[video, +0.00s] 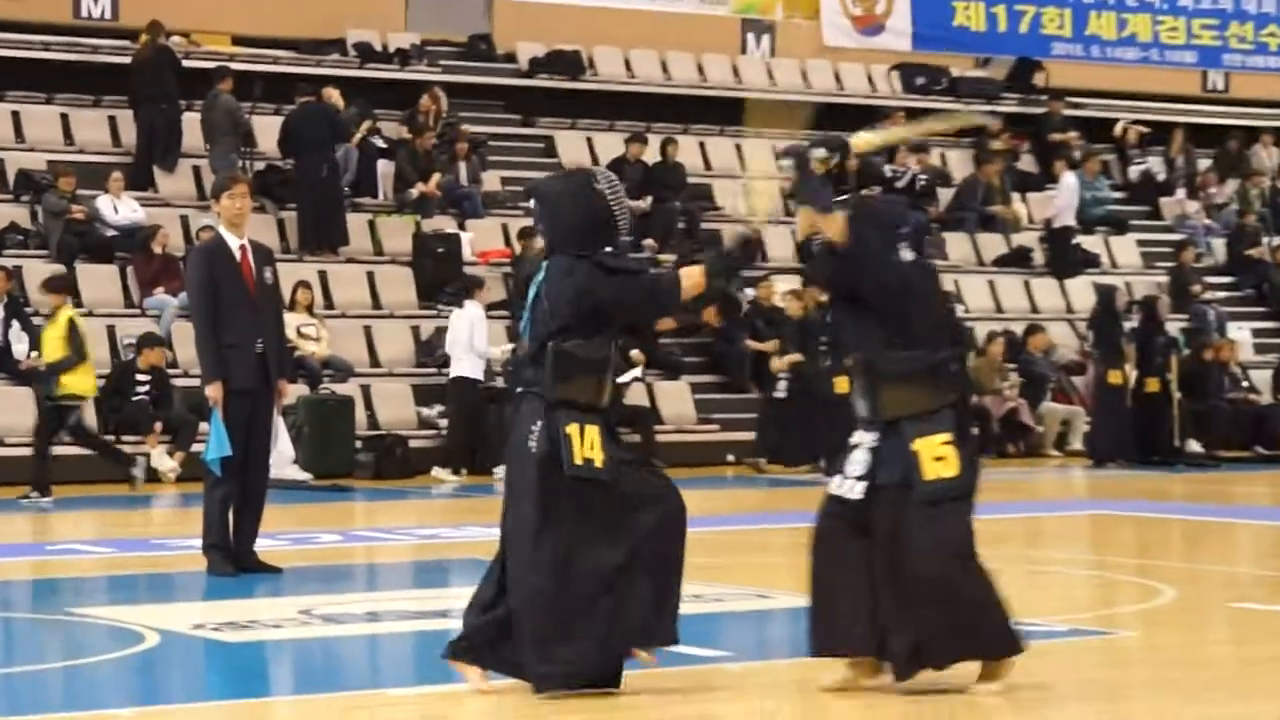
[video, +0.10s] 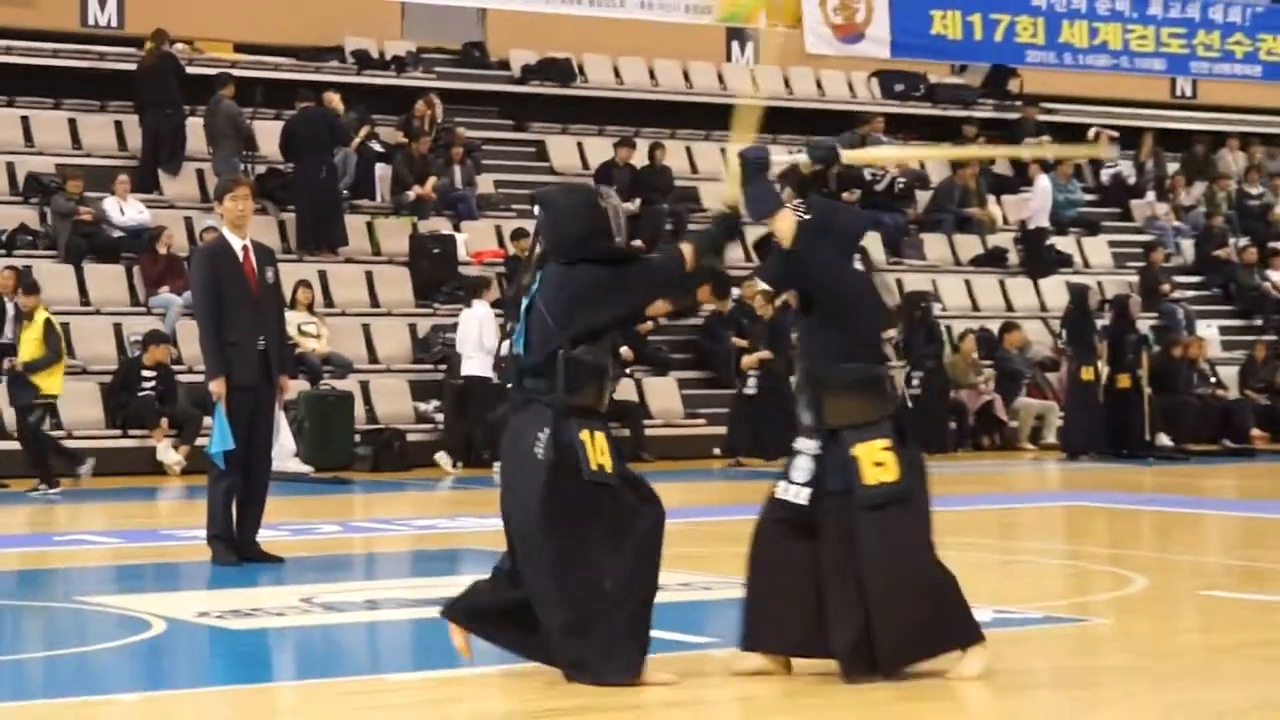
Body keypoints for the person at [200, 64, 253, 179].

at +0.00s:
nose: (232, 84)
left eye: (231, 80)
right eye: (230, 80)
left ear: (217, 81)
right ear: (224, 80)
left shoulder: (208, 101)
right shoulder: (229, 101)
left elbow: (205, 125)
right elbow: (243, 123)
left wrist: (210, 142)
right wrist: (250, 142)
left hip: (214, 151)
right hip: (229, 152)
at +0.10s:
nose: (234, 89)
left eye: (233, 86)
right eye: (232, 86)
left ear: (218, 87)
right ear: (227, 87)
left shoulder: (210, 107)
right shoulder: (230, 106)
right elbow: (244, 128)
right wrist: (252, 148)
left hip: (217, 156)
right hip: (231, 156)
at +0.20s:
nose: (243, 92)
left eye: (242, 89)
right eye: (241, 88)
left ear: (228, 89)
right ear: (236, 89)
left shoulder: (219, 108)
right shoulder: (240, 108)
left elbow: (219, 138)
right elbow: (253, 131)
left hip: (226, 155)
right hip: (240, 156)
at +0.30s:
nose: (256, 103)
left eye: (256, 100)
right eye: (255, 100)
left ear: (241, 100)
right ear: (250, 100)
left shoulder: (234, 119)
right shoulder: (253, 119)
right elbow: (268, 136)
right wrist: (273, 132)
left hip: (240, 165)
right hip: (254, 166)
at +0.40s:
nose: (265, 110)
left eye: (265, 107)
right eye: (264, 107)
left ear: (252, 107)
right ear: (259, 107)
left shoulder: (243, 125)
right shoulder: (262, 124)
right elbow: (277, 140)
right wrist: (283, 134)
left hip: (249, 170)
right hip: (263, 171)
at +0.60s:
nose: (277, 116)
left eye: (277, 113)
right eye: (276, 113)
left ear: (264, 113)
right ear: (271, 113)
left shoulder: (255, 132)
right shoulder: (274, 130)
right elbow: (287, 145)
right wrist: (296, 139)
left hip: (261, 176)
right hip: (275, 176)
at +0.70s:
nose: (284, 121)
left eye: (284, 118)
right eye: (283, 118)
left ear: (271, 117)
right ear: (278, 117)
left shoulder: (261, 136)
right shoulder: (281, 134)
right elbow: (295, 149)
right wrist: (301, 144)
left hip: (268, 180)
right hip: (282, 179)